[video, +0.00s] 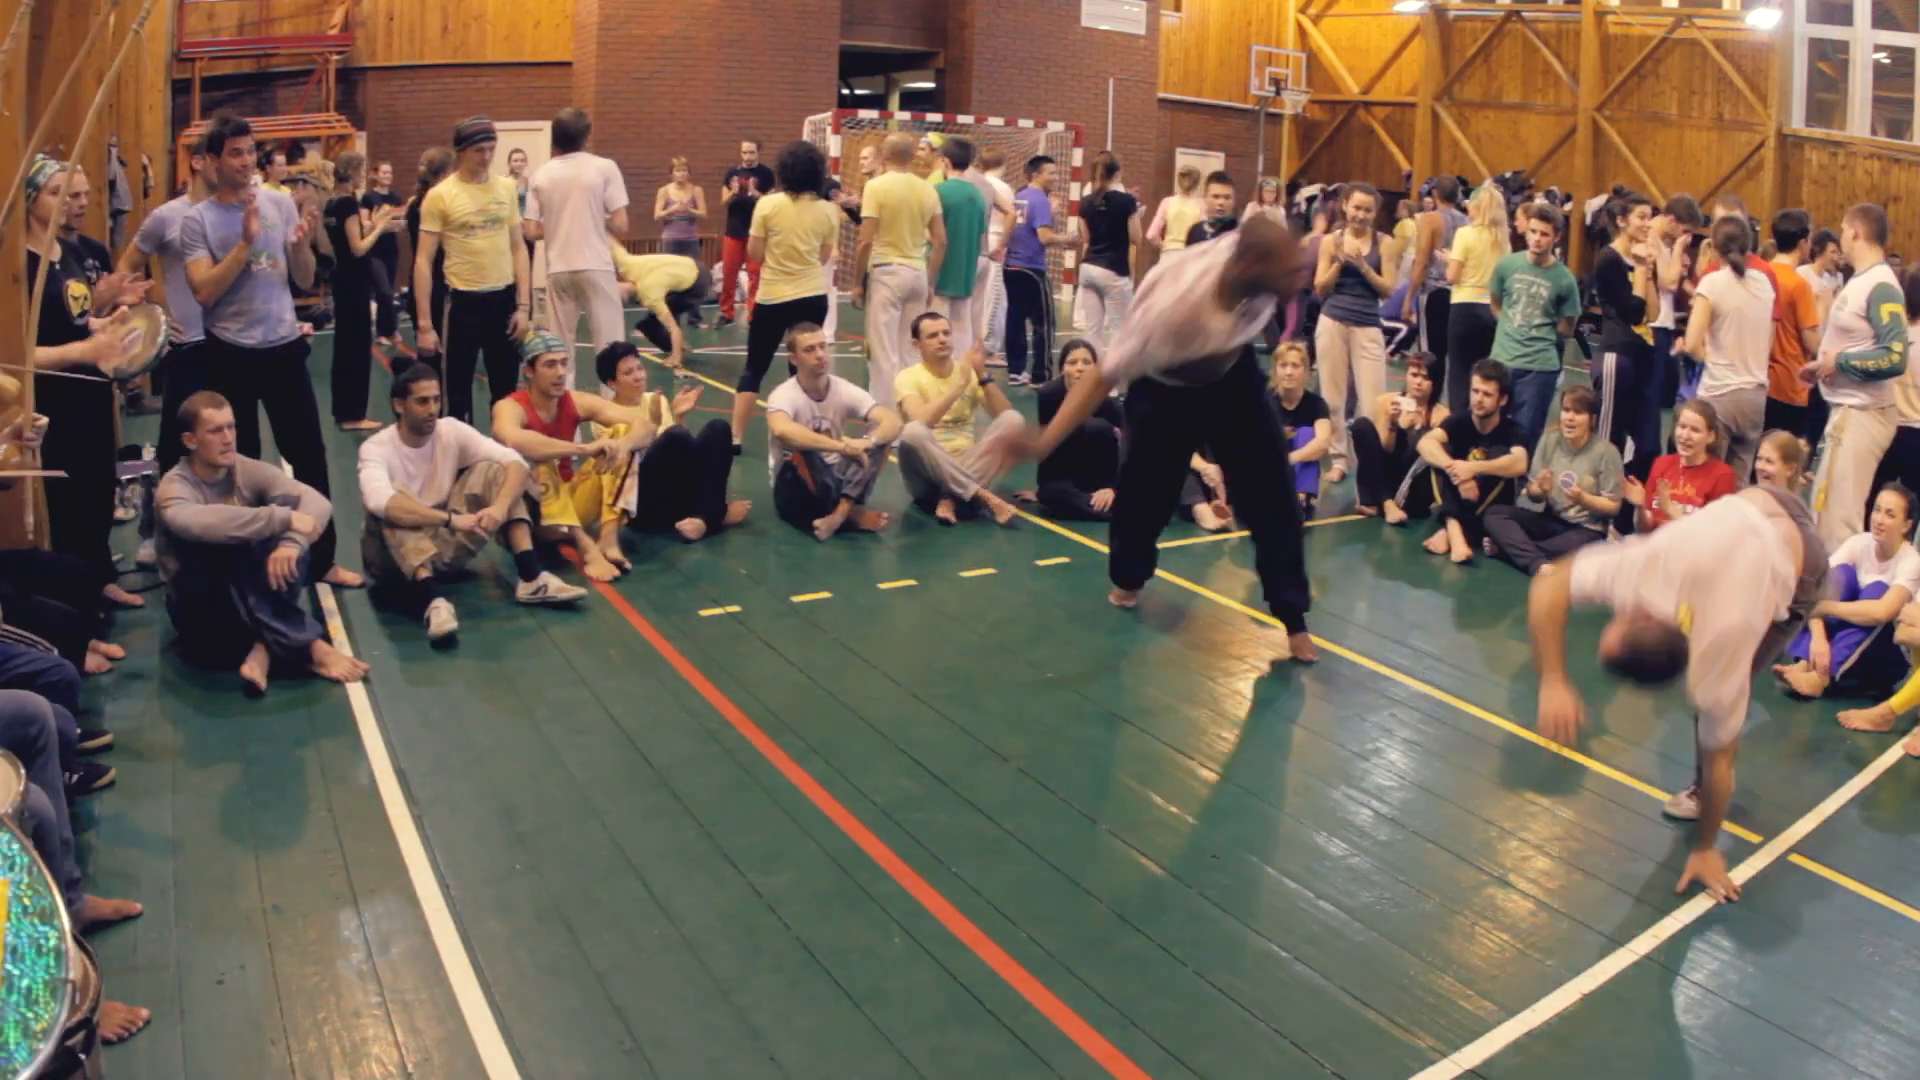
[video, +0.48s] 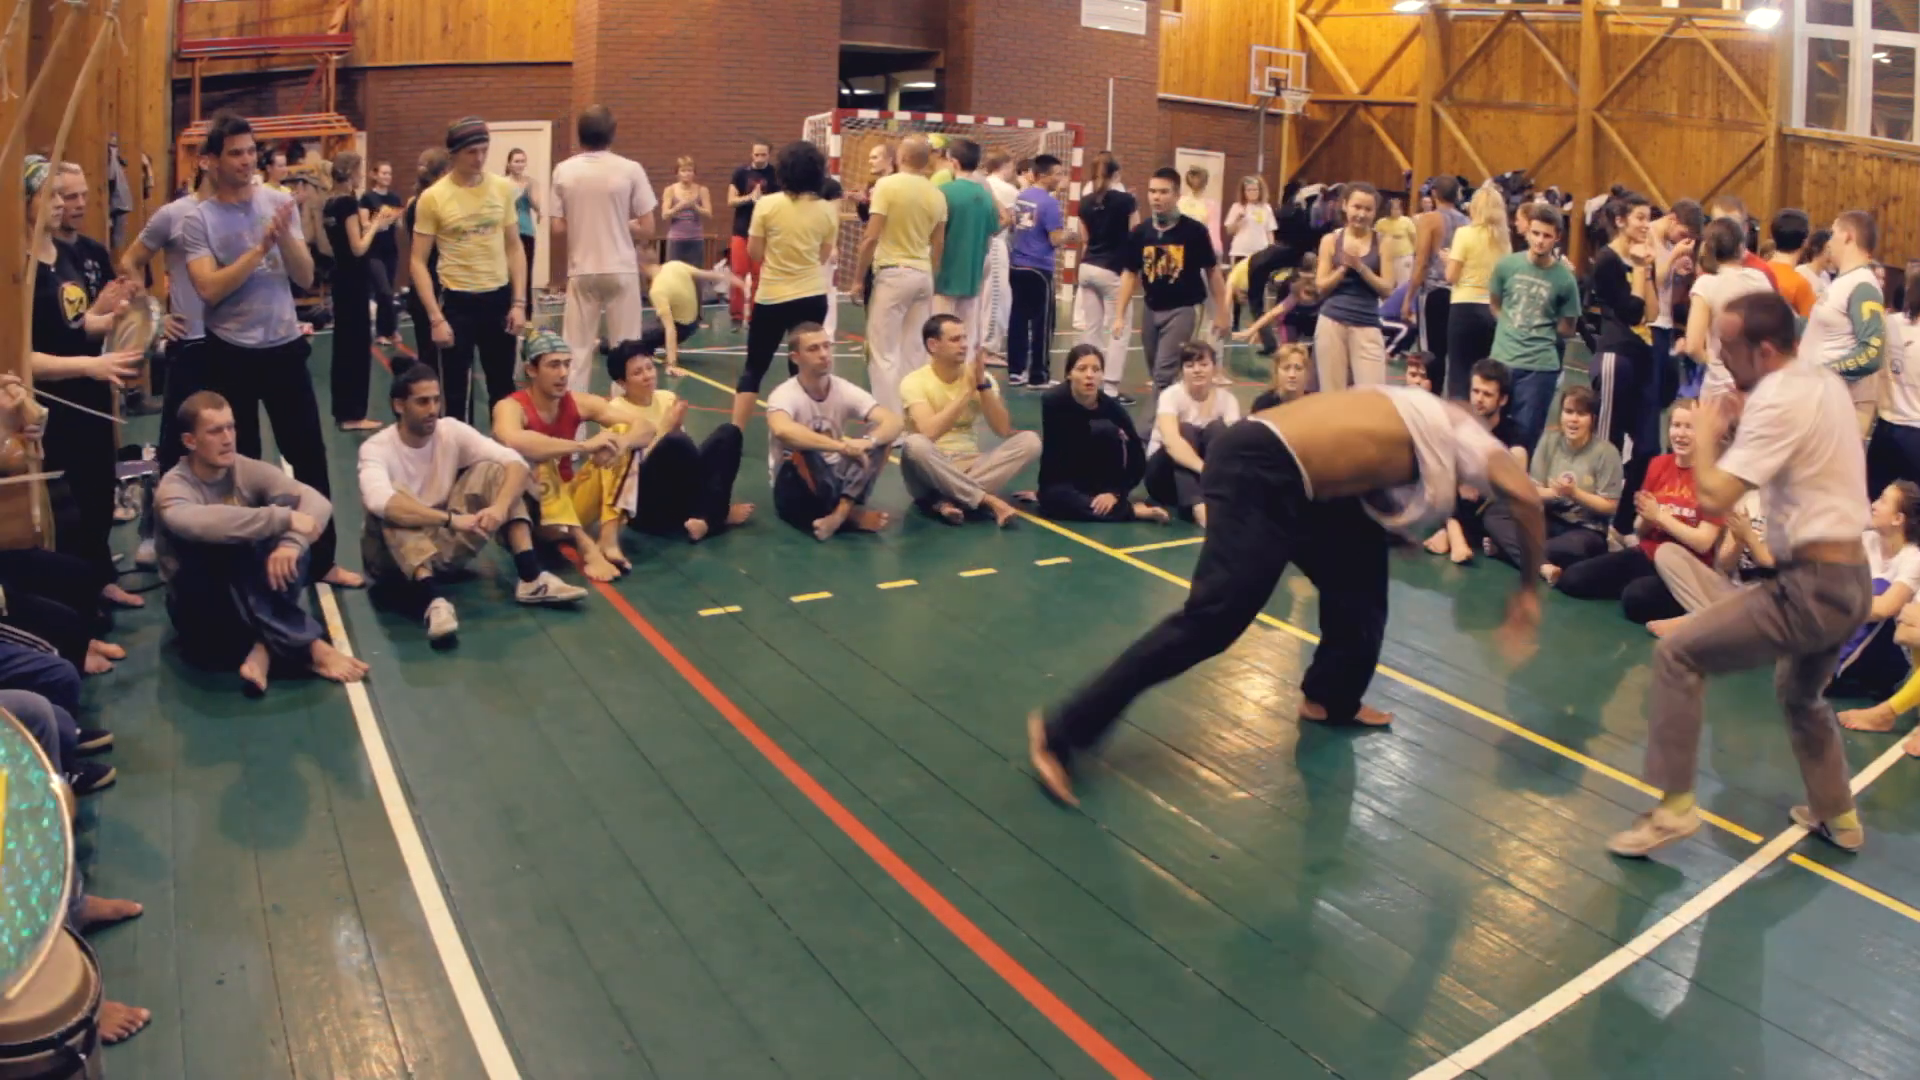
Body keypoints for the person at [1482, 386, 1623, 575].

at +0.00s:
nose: (1570, 418)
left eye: (1578, 413)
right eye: (1566, 411)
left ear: (1592, 419)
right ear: (1560, 413)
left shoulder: (1607, 453)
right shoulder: (1549, 440)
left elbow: (1613, 507)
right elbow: (1531, 491)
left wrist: (1583, 499)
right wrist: (1540, 490)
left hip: (1584, 528)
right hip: (1548, 518)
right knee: (1494, 514)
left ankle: (1509, 552)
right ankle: (1538, 565)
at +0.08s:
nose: (1570, 418)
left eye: (1578, 412)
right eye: (1566, 411)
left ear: (1592, 418)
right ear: (1559, 414)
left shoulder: (1607, 453)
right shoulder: (1549, 440)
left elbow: (1609, 505)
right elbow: (1532, 490)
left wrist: (1582, 498)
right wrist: (1546, 491)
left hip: (1580, 529)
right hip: (1545, 520)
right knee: (1494, 514)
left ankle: (1509, 550)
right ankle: (1540, 566)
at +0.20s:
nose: (1571, 419)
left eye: (1579, 413)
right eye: (1567, 411)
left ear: (1591, 418)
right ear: (1559, 414)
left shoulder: (1606, 453)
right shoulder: (1549, 441)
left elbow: (1610, 506)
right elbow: (1533, 491)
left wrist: (1573, 494)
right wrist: (1551, 492)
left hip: (1583, 529)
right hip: (1546, 519)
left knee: (1580, 546)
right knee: (1494, 514)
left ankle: (1508, 550)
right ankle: (1539, 566)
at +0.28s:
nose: (1572, 419)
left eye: (1579, 413)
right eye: (1567, 411)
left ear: (1591, 418)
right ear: (1560, 414)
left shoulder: (1606, 453)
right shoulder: (1549, 440)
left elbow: (1612, 506)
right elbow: (1530, 491)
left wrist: (1580, 497)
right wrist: (1543, 488)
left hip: (1584, 530)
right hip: (1548, 520)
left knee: (1577, 547)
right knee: (1494, 514)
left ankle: (1508, 550)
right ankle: (1539, 566)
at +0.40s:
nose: (1573, 419)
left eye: (1580, 413)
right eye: (1568, 412)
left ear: (1592, 418)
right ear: (1560, 415)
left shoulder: (1606, 453)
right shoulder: (1549, 441)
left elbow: (1610, 506)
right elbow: (1533, 491)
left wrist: (1574, 493)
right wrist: (1555, 491)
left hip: (1584, 529)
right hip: (1547, 520)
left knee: (1578, 546)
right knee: (1494, 514)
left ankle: (1508, 550)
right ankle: (1539, 566)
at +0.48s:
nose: (1573, 420)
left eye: (1581, 414)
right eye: (1569, 412)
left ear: (1592, 419)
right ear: (1560, 414)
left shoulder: (1606, 453)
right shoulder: (1549, 440)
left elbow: (1610, 506)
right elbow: (1532, 490)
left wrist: (1574, 493)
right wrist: (1554, 492)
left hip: (1583, 527)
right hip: (1546, 516)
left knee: (1580, 546)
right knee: (1494, 514)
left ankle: (1507, 550)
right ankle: (1540, 566)